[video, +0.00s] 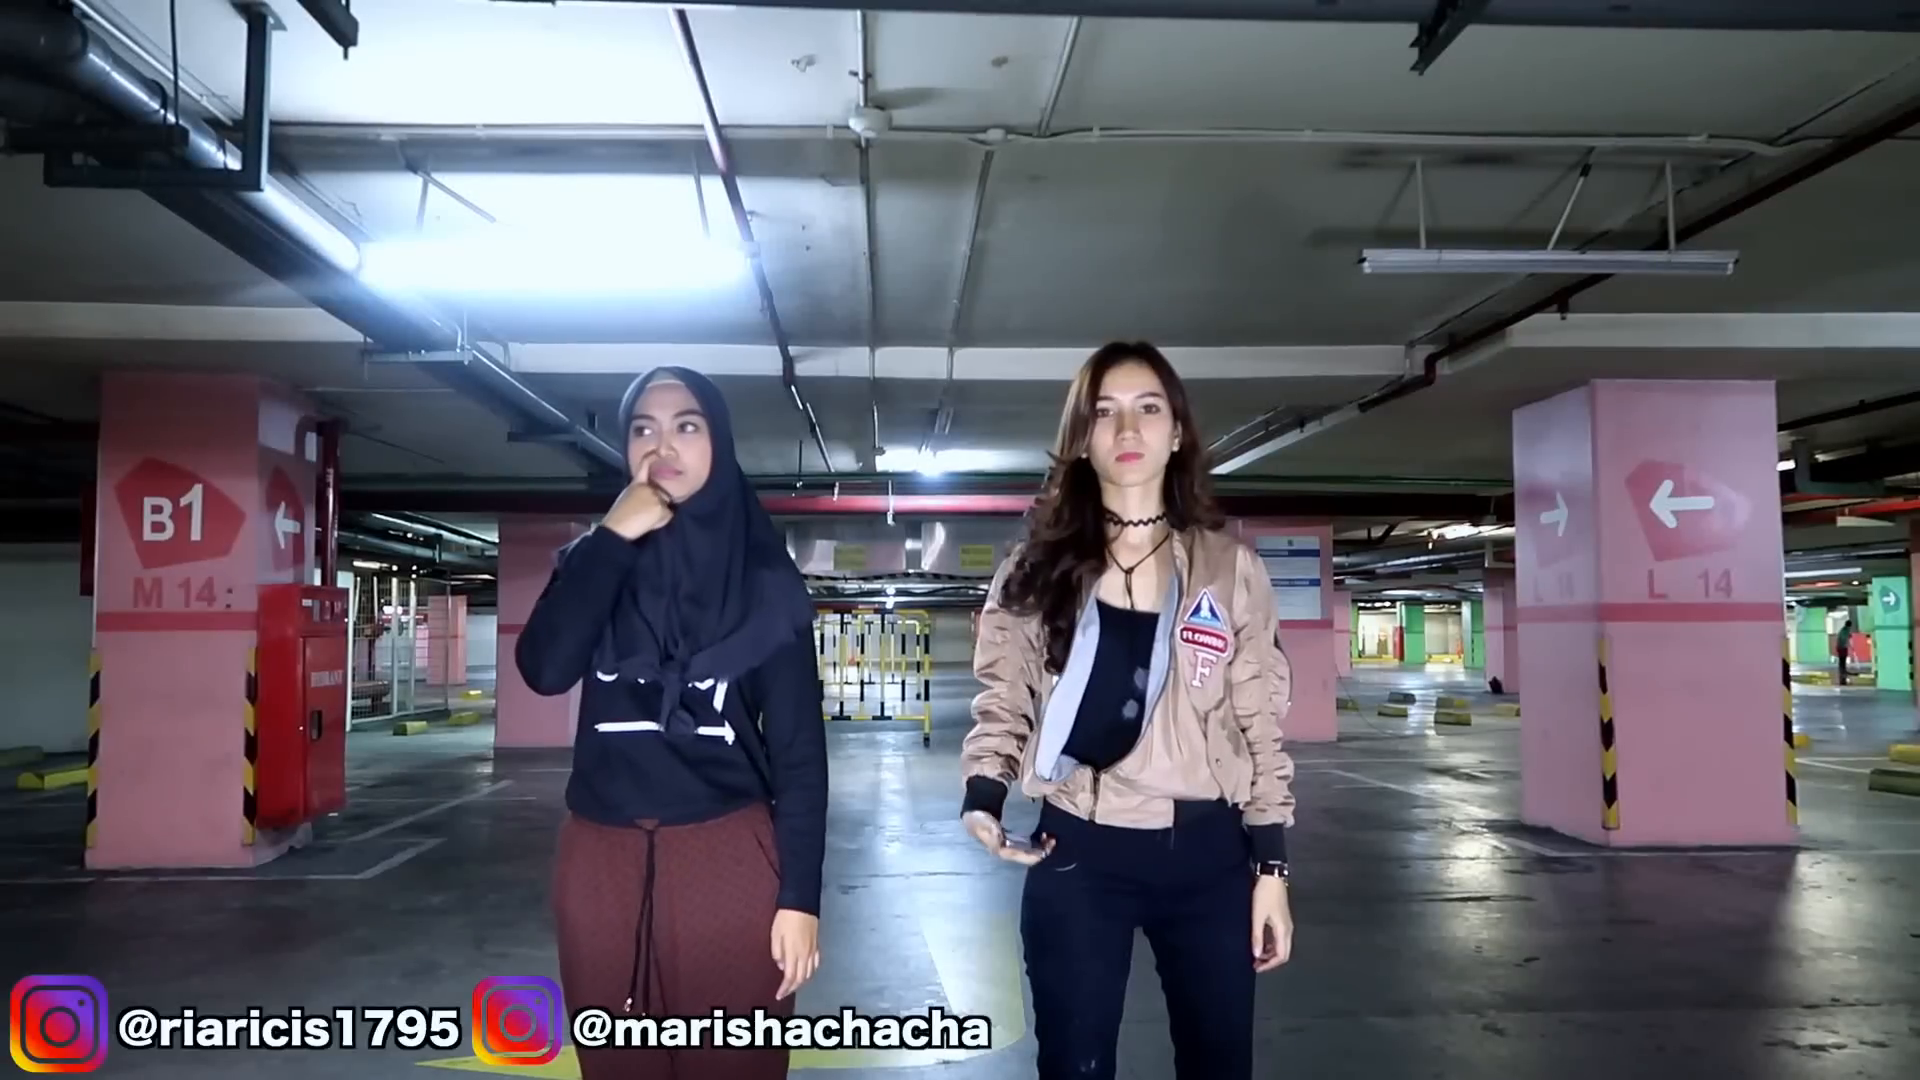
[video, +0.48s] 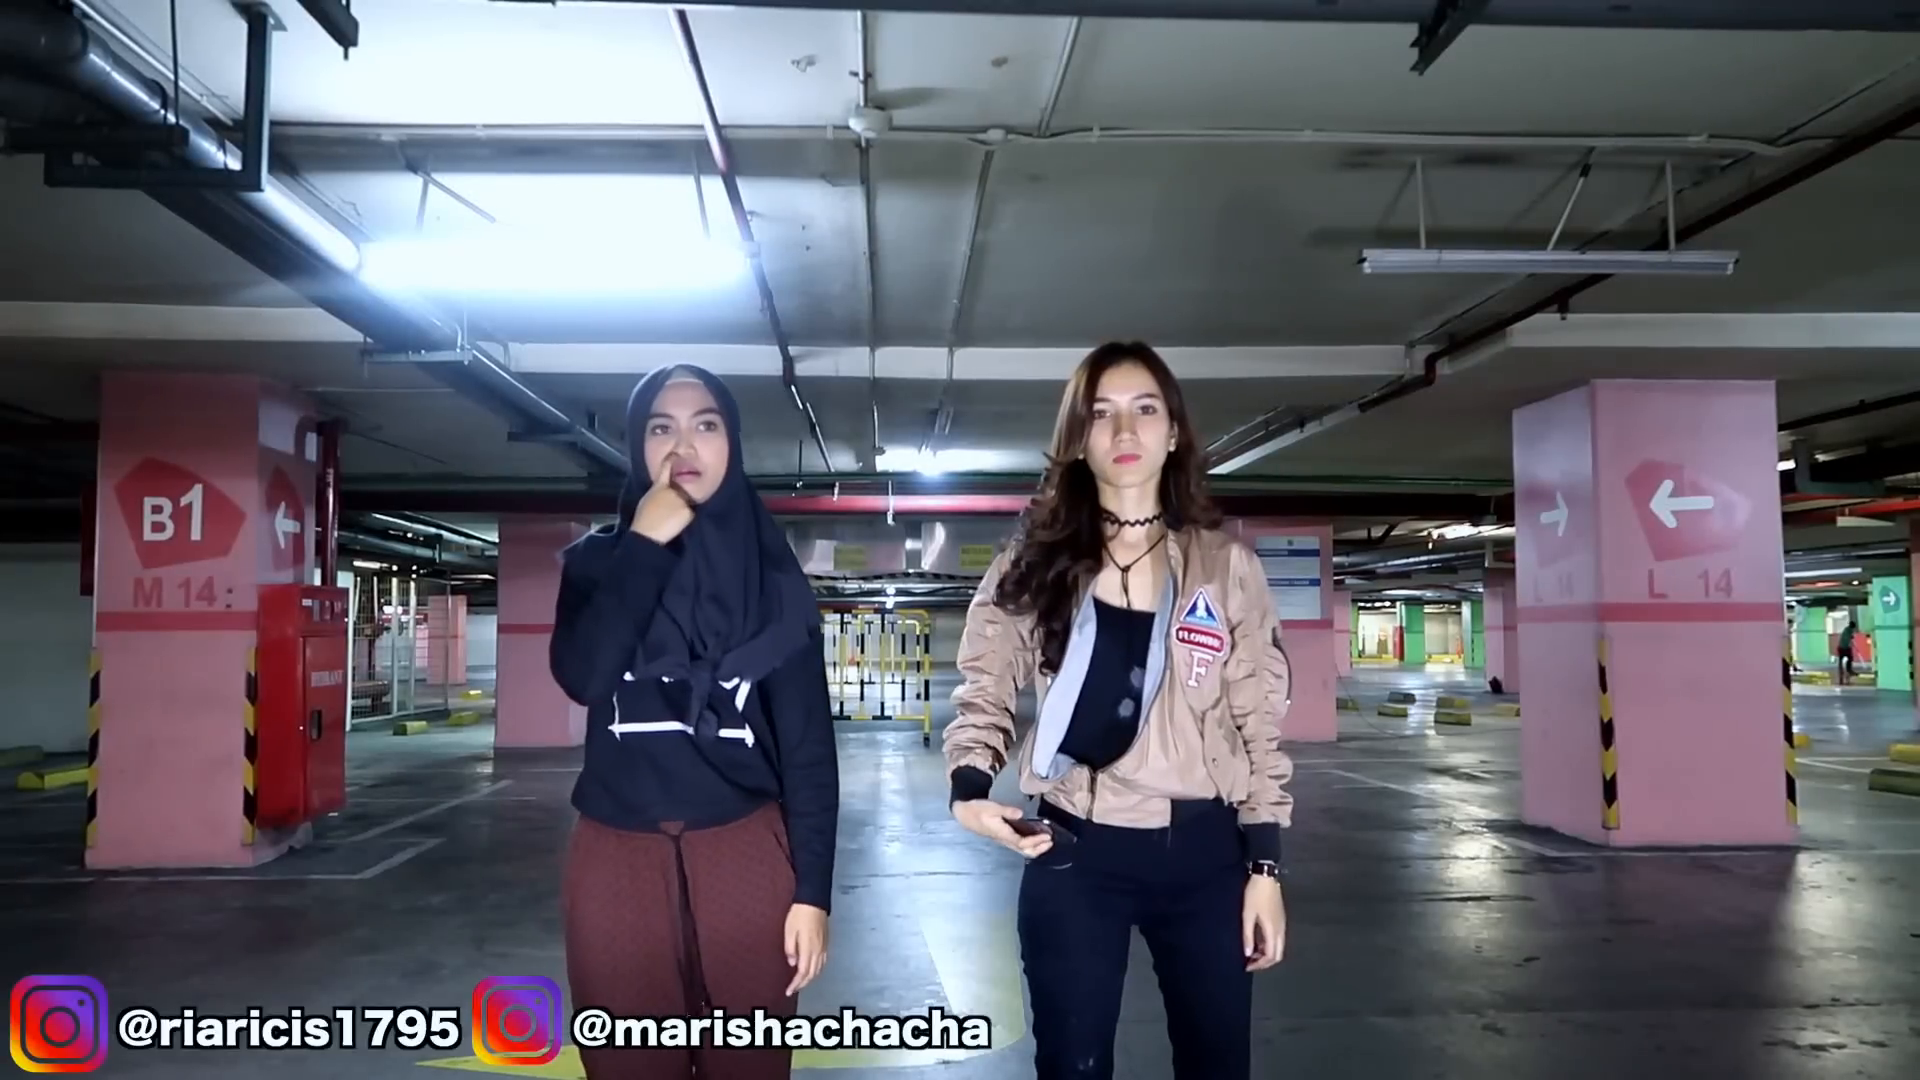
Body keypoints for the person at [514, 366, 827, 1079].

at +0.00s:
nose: (662, 444)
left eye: (686, 426)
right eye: (644, 428)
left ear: (719, 447)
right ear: (626, 448)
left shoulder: (762, 572)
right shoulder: (596, 557)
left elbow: (798, 749)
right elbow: (543, 669)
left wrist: (800, 899)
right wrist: (611, 536)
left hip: (727, 850)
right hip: (601, 850)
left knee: (735, 1062)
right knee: (610, 1061)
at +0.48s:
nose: (684, 445)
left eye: (706, 426)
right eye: (662, 427)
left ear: (732, 448)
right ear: (638, 448)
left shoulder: (771, 572)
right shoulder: (598, 558)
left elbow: (807, 742)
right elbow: (580, 676)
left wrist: (813, 892)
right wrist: (644, 545)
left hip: (746, 850)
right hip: (616, 852)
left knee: (751, 1063)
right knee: (627, 1063)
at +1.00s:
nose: (707, 447)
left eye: (729, 429)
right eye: (685, 428)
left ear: (751, 452)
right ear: (655, 448)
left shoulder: (780, 577)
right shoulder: (607, 560)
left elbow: (815, 751)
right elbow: (585, 679)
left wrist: (821, 902)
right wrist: (654, 549)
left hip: (747, 855)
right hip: (615, 853)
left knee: (747, 1064)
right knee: (620, 1062)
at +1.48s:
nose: (716, 450)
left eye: (737, 432)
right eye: (694, 430)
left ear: (758, 453)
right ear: (663, 448)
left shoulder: (782, 572)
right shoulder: (610, 556)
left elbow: (816, 746)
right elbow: (598, 674)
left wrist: (825, 901)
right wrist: (671, 548)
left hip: (752, 856)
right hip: (619, 855)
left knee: (750, 1065)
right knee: (626, 1064)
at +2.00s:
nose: (698, 448)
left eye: (721, 428)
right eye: (677, 430)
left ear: (751, 450)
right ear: (656, 452)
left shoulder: (787, 570)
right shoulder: (616, 557)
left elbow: (823, 748)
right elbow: (591, 684)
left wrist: (827, 904)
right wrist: (657, 551)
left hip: (751, 854)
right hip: (620, 853)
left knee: (750, 1065)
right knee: (626, 1064)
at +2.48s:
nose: (683, 441)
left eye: (707, 422)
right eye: (665, 425)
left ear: (744, 443)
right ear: (648, 449)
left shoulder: (785, 574)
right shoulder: (609, 568)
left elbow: (821, 751)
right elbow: (553, 727)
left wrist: (823, 904)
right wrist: (594, 643)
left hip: (747, 855)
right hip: (618, 853)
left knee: (747, 1064)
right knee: (622, 1064)